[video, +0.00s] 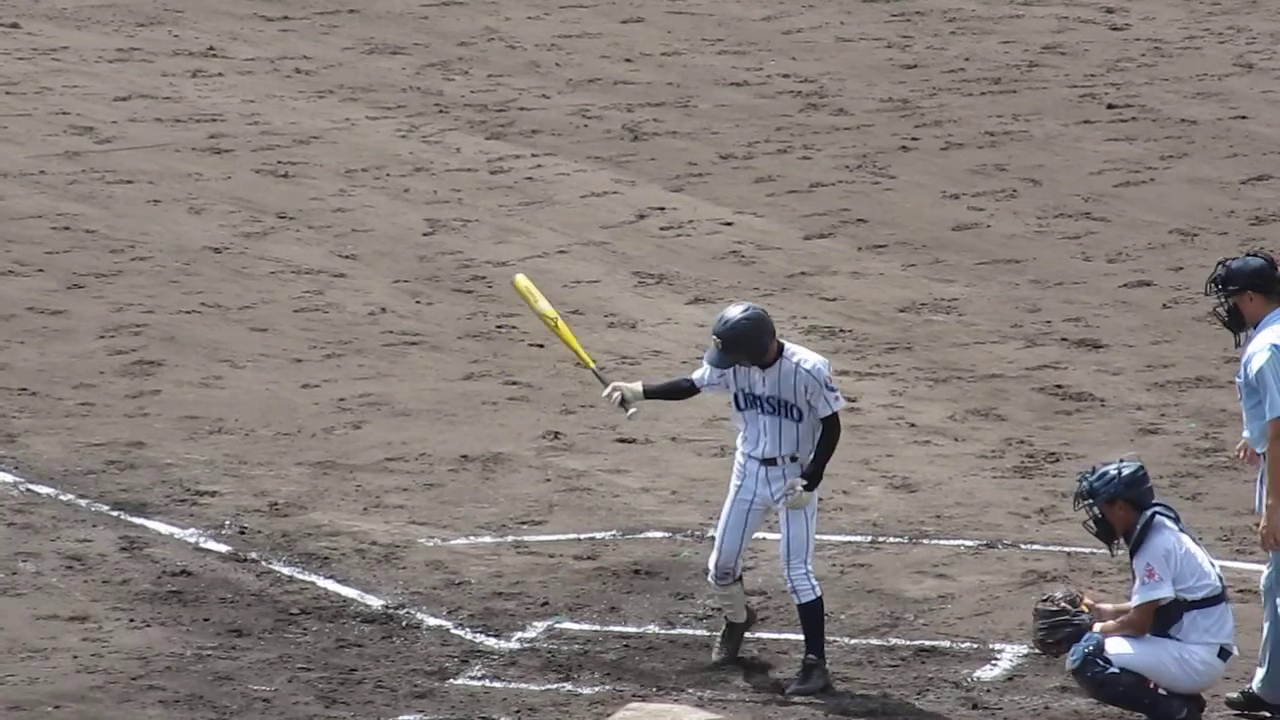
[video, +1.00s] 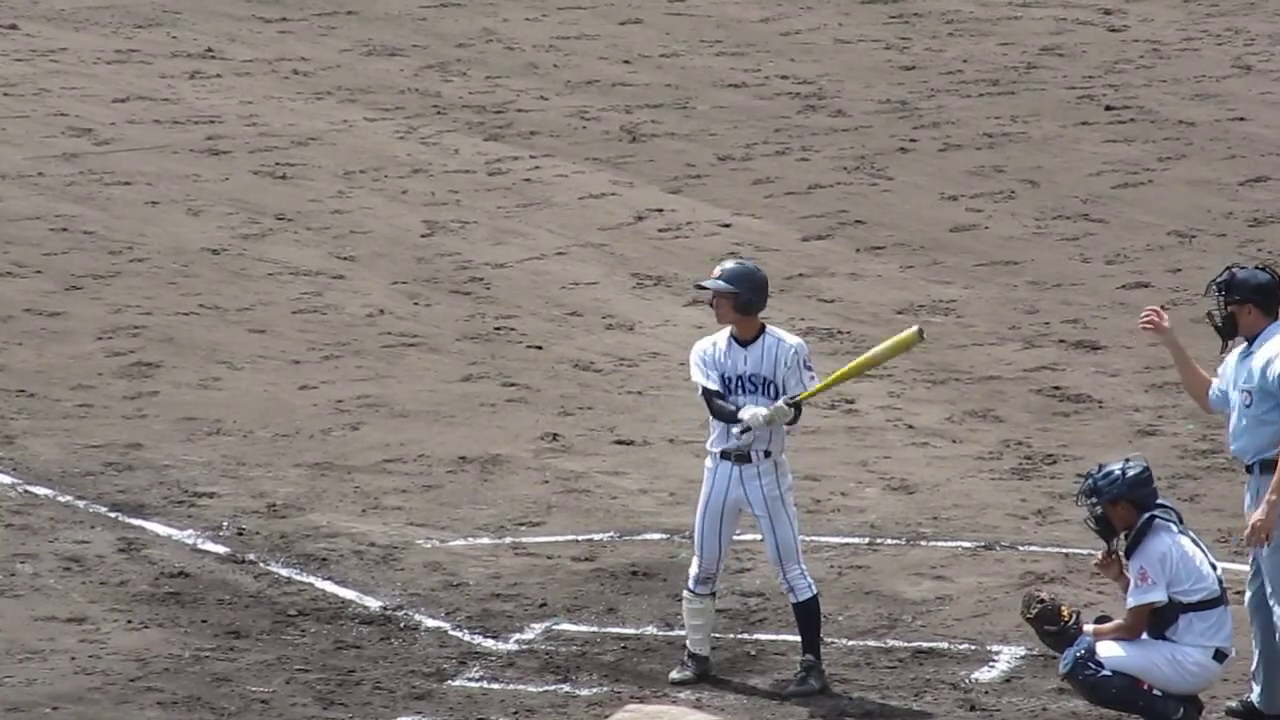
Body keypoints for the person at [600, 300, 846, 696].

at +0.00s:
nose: (735, 365)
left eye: (739, 358)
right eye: (732, 358)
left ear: (761, 347)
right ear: (732, 348)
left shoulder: (809, 370)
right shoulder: (734, 364)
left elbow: (832, 427)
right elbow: (690, 384)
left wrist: (809, 480)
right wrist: (637, 390)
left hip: (795, 479)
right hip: (748, 476)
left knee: (798, 573)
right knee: (722, 567)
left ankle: (815, 665)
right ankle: (737, 621)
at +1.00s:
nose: (713, 303)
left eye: (722, 297)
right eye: (713, 295)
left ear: (746, 302)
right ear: (722, 299)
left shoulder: (789, 349)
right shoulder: (706, 350)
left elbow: (796, 412)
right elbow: (715, 404)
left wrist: (778, 413)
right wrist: (742, 414)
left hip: (766, 471)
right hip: (719, 469)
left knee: (790, 567)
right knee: (704, 566)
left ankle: (812, 666)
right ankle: (696, 659)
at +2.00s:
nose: (730, 293)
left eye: (740, 286)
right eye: (725, 285)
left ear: (760, 291)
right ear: (719, 291)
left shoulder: (782, 331)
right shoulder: (709, 338)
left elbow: (776, 357)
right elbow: (699, 388)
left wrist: (719, 353)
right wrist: (694, 376)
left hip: (760, 463)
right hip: (713, 461)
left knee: (784, 562)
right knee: (697, 560)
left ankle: (808, 661)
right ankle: (692, 653)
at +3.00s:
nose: (704, 306)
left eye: (710, 300)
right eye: (706, 299)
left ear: (730, 306)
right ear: (739, 306)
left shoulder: (769, 351)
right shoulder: (713, 348)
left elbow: (722, 399)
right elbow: (683, 402)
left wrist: (671, 372)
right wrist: (657, 392)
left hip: (754, 474)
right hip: (713, 470)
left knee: (763, 578)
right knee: (694, 567)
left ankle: (801, 664)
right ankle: (686, 657)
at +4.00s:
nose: (717, 317)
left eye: (723, 312)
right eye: (717, 312)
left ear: (742, 316)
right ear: (748, 313)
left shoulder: (784, 346)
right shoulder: (707, 347)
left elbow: (799, 369)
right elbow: (693, 392)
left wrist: (744, 337)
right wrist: (715, 365)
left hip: (759, 476)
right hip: (711, 472)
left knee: (761, 577)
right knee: (685, 572)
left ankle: (799, 660)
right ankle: (686, 651)